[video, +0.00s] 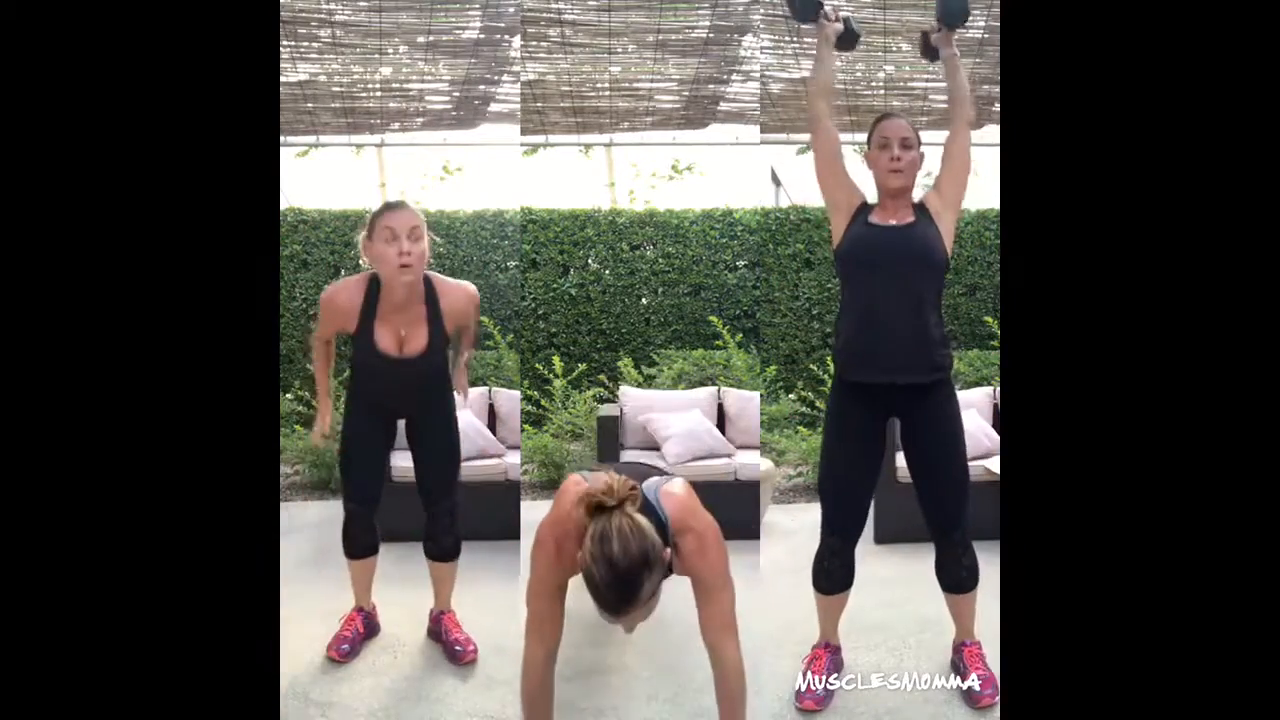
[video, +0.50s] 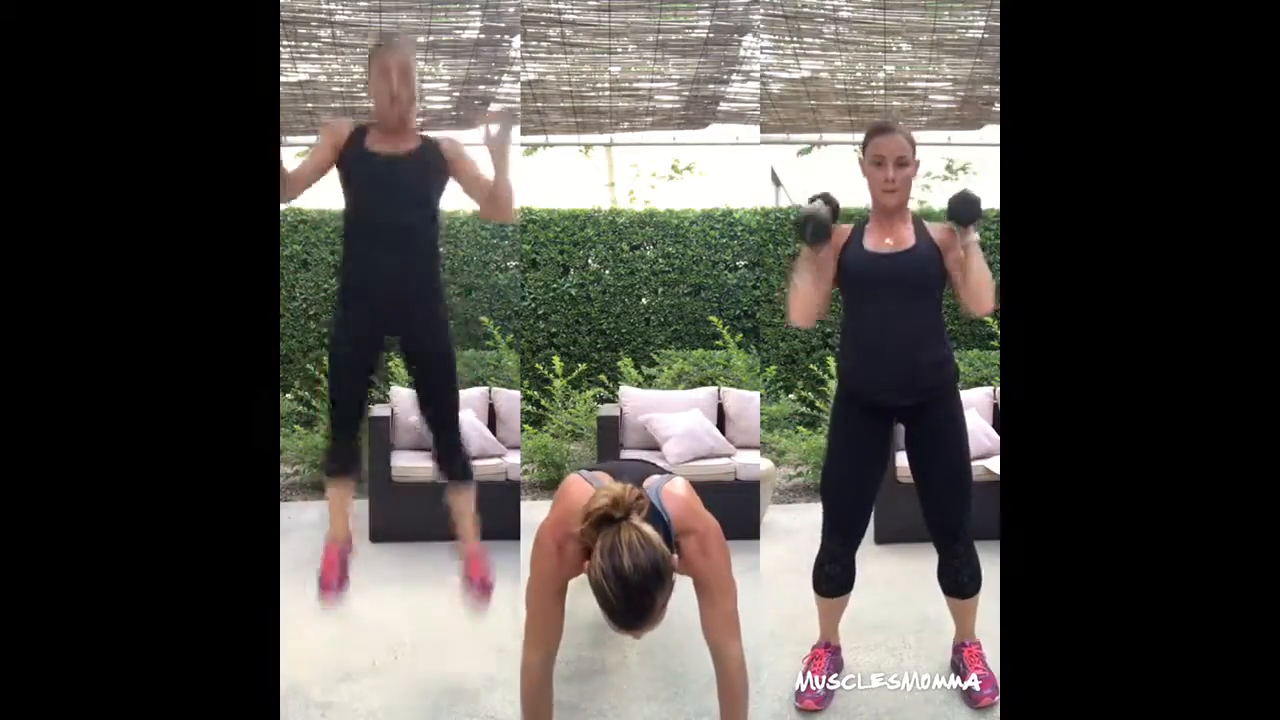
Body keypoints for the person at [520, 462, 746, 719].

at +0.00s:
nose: (628, 630)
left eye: (644, 615)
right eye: (613, 620)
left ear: (666, 559)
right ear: (582, 558)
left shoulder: (696, 529)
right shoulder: (558, 529)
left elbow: (724, 647)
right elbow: (539, 652)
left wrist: (733, 715)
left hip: (665, 484)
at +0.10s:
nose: (630, 636)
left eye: (645, 623)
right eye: (616, 629)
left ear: (666, 568)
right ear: (582, 567)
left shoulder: (695, 528)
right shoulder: (557, 530)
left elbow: (723, 651)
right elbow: (539, 655)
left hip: (664, 481)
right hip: (585, 481)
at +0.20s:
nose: (634, 639)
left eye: (648, 629)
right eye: (620, 634)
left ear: (668, 567)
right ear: (584, 569)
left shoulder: (696, 530)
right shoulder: (557, 532)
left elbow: (723, 649)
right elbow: (539, 655)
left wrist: (732, 716)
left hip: (664, 479)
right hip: (587, 480)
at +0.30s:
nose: (637, 638)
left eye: (650, 628)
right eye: (624, 633)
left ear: (670, 566)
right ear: (587, 569)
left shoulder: (696, 529)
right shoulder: (557, 532)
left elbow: (724, 650)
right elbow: (539, 655)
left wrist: (732, 716)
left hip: (664, 479)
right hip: (587, 480)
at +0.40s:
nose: (638, 633)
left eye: (651, 621)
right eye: (624, 628)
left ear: (669, 563)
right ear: (587, 564)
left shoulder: (697, 529)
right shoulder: (557, 533)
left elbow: (725, 654)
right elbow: (539, 657)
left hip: (663, 482)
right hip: (585, 482)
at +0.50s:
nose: (637, 636)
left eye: (651, 626)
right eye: (625, 631)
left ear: (671, 565)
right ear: (589, 566)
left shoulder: (700, 530)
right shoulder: (558, 534)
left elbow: (728, 651)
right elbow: (538, 656)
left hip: (665, 483)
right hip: (588, 482)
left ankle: (673, 562)